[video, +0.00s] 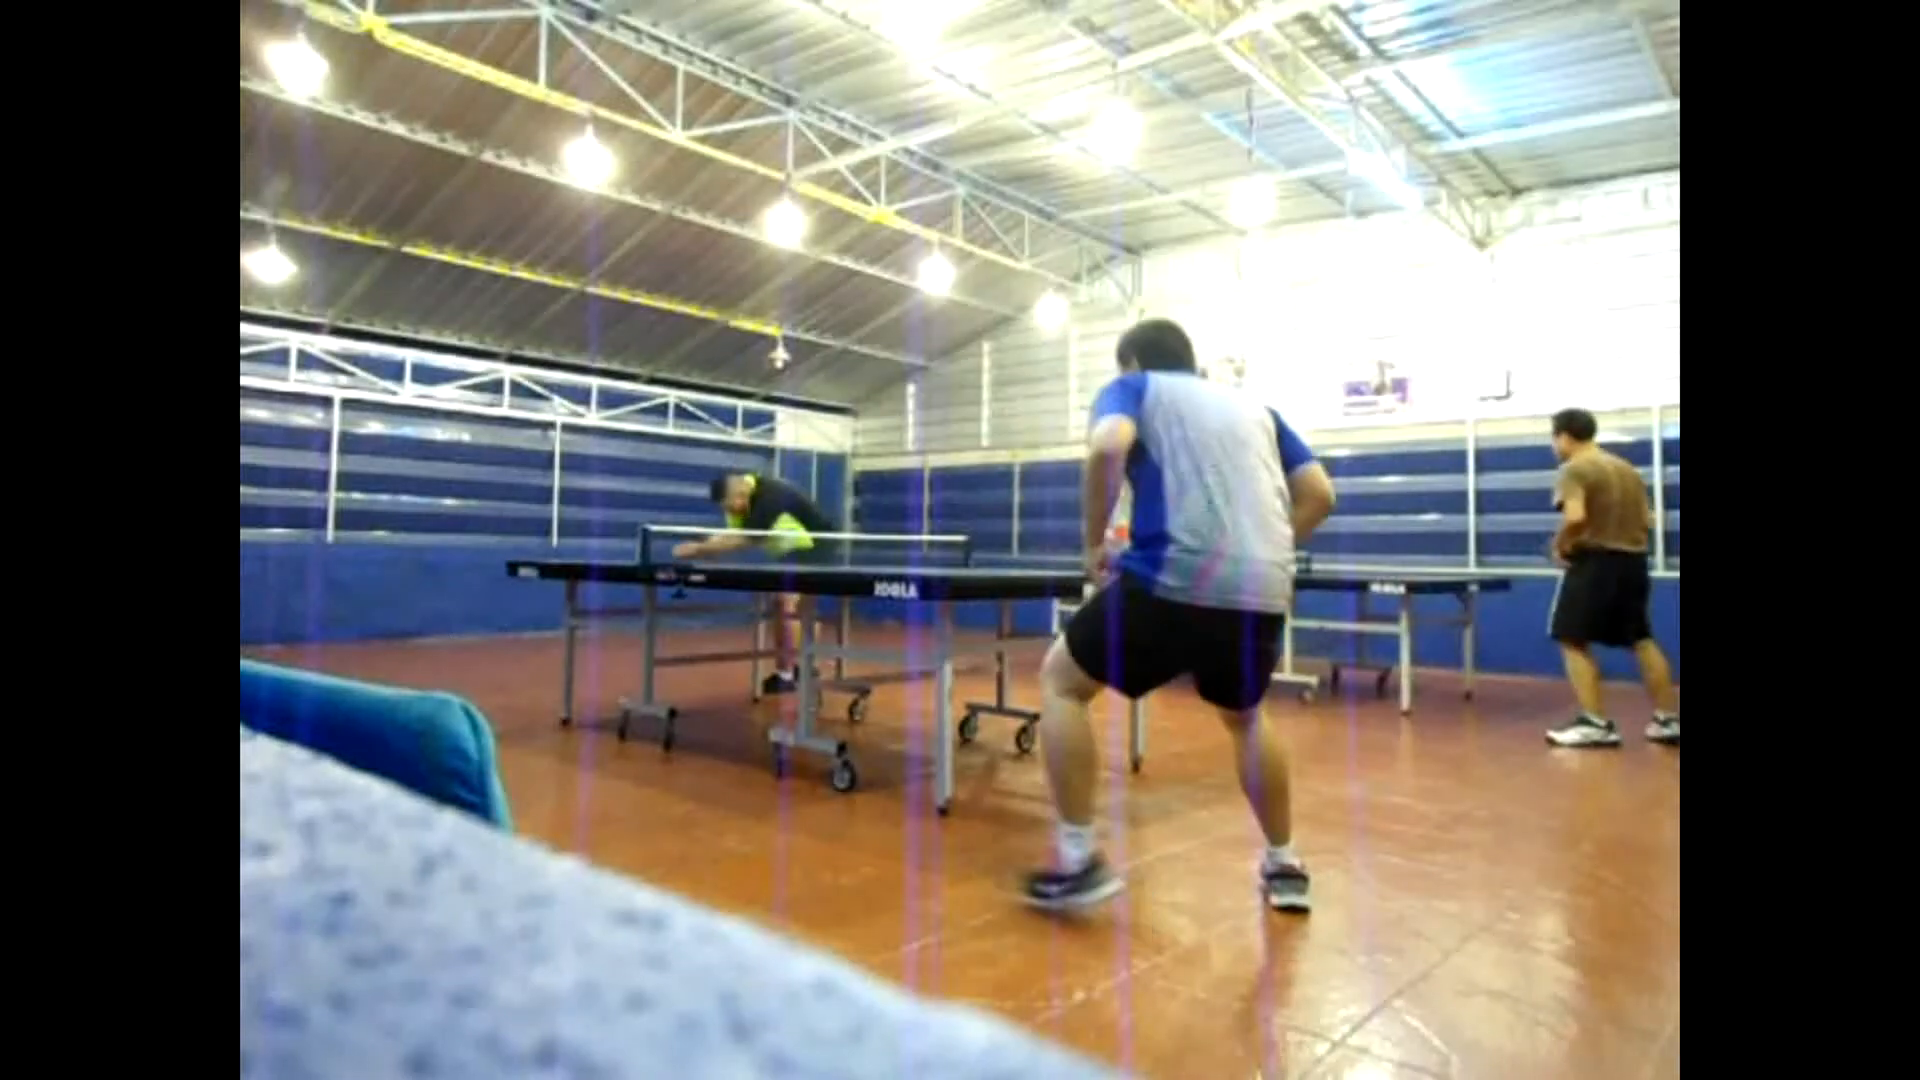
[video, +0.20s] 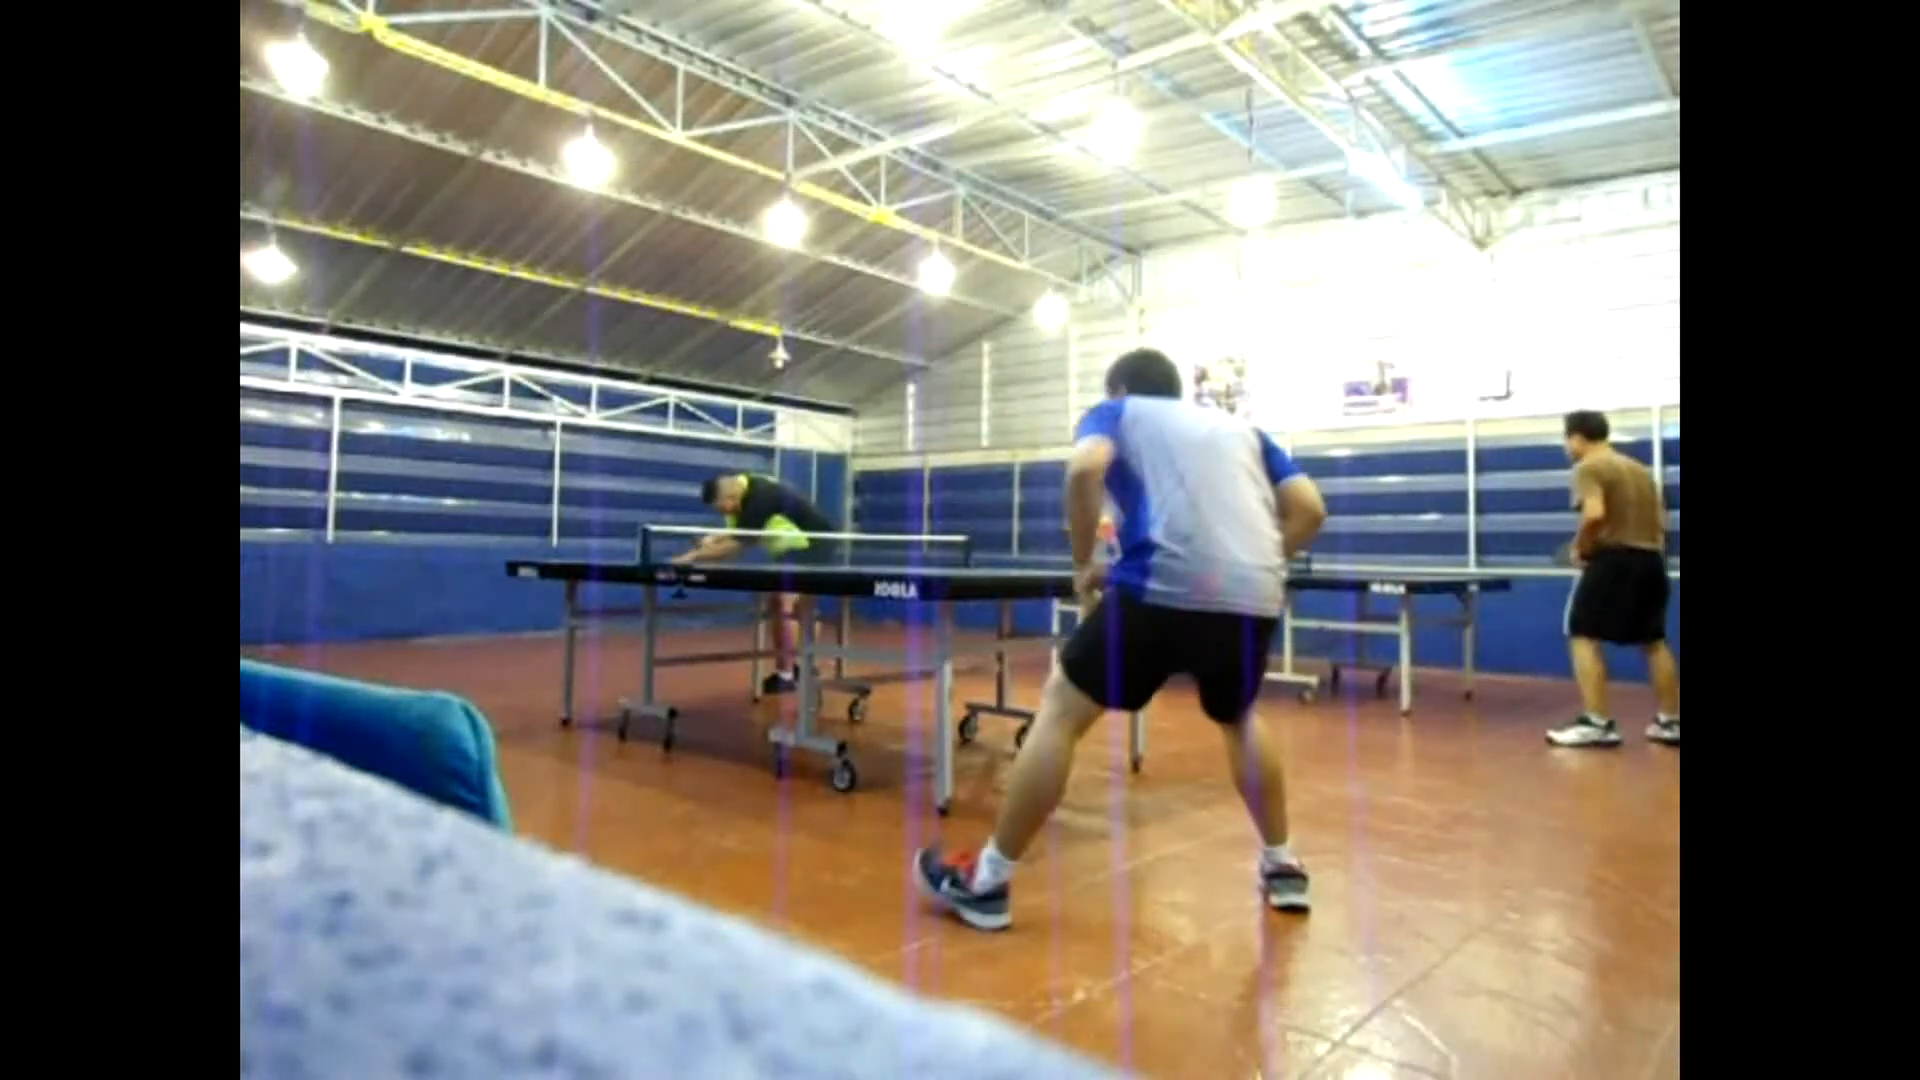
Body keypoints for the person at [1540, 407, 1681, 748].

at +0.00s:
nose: (1554, 445)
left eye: (1555, 437)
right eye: (1554, 438)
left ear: (1566, 437)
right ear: (1591, 435)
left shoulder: (1575, 470)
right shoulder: (1627, 469)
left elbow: (1576, 518)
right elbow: (1646, 520)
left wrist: (1561, 543)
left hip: (1594, 558)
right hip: (1633, 559)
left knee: (1571, 639)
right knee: (1641, 638)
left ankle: (1594, 720)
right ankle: (1668, 716)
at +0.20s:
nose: (1567, 447)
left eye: (1568, 439)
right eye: (1567, 440)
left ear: (1580, 439)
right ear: (1602, 435)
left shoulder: (1589, 467)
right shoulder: (1639, 469)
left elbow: (1594, 514)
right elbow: (1659, 520)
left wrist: (1580, 546)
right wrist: (1646, 543)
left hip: (1612, 554)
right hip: (1649, 555)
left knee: (1581, 635)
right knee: (1654, 640)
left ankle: (1596, 719)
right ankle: (1671, 718)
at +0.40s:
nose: (1571, 446)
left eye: (1573, 438)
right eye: (1571, 439)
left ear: (1585, 437)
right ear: (1607, 435)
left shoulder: (1593, 466)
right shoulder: (1641, 468)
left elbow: (1600, 510)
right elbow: (1660, 517)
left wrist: (1580, 547)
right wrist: (1646, 542)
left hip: (1613, 554)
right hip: (1651, 555)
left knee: (1599, 640)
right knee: (1656, 642)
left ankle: (1599, 722)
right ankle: (1670, 719)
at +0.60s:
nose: (1567, 447)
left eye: (1569, 439)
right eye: (1567, 439)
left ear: (1582, 437)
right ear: (1603, 435)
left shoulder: (1588, 465)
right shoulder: (1641, 469)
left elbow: (1590, 511)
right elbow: (1659, 523)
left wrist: (1576, 543)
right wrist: (1643, 546)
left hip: (1608, 553)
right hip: (1647, 555)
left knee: (1598, 640)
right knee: (1654, 645)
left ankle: (1599, 723)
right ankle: (1671, 718)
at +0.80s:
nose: (1567, 447)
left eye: (1568, 439)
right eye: (1566, 440)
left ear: (1580, 437)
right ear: (1602, 435)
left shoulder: (1587, 466)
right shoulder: (1641, 470)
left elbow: (1590, 513)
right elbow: (1658, 523)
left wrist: (1574, 544)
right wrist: (1644, 547)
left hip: (1607, 554)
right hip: (1646, 556)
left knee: (1595, 640)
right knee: (1651, 644)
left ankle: (1599, 723)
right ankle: (1671, 718)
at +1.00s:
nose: (1569, 446)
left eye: (1571, 439)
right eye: (1569, 439)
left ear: (1583, 438)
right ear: (1604, 435)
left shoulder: (1591, 465)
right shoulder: (1640, 469)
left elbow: (1595, 511)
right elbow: (1660, 520)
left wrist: (1579, 545)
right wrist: (1643, 543)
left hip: (1611, 553)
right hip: (1650, 555)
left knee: (1592, 641)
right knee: (1652, 644)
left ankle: (1598, 723)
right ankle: (1670, 718)